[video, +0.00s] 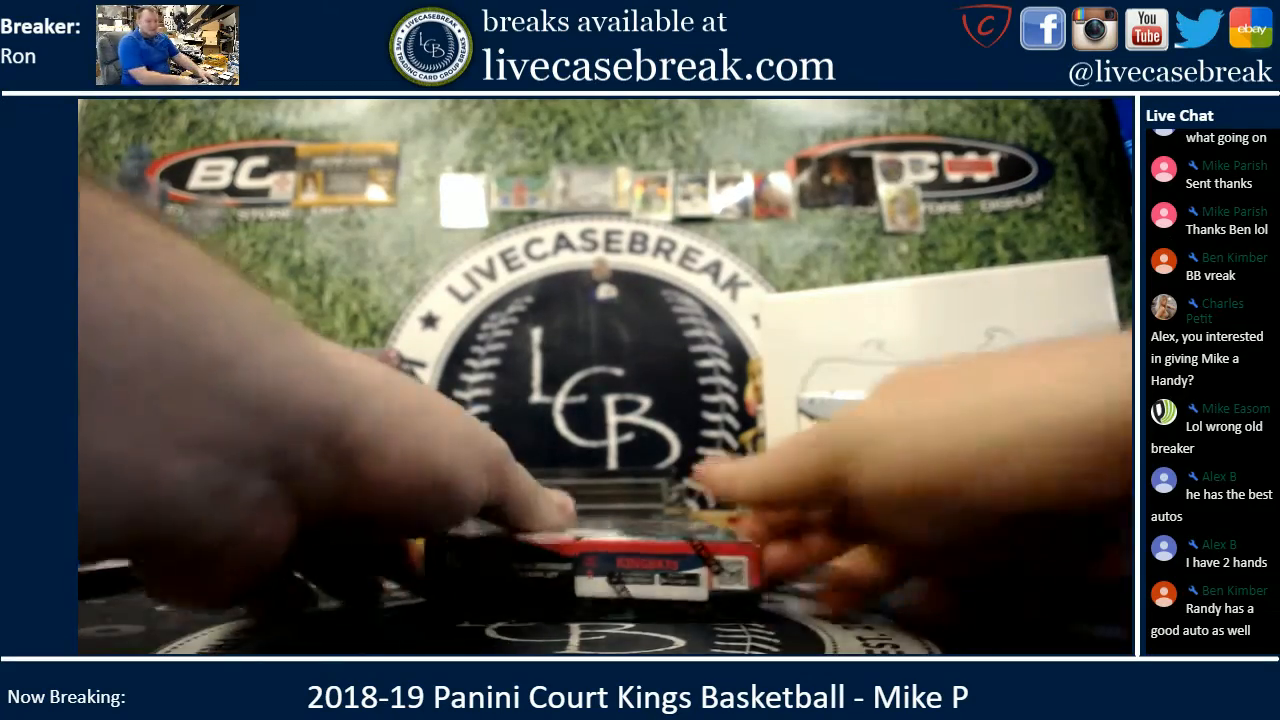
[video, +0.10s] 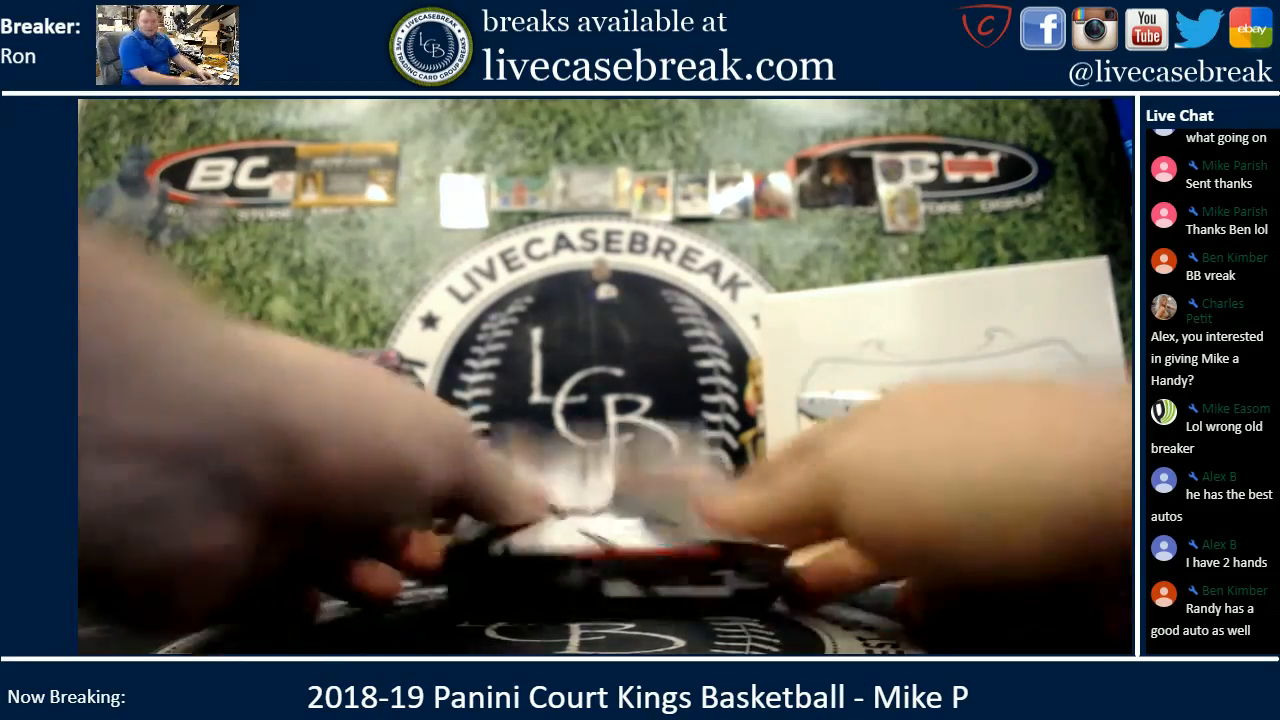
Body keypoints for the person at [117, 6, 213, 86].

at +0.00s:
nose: (153, 25)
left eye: (156, 21)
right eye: (148, 21)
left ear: (159, 22)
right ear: (138, 21)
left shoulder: (162, 39)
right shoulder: (129, 42)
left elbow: (179, 57)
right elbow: (143, 78)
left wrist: (199, 70)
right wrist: (181, 80)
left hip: (165, 91)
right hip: (139, 96)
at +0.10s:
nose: (150, 25)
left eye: (153, 21)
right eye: (145, 21)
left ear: (158, 23)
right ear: (138, 22)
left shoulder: (163, 39)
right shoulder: (129, 42)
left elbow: (178, 58)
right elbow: (144, 78)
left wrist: (197, 70)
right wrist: (182, 81)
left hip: (165, 90)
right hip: (139, 95)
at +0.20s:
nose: (148, 26)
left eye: (152, 21)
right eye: (144, 21)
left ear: (158, 22)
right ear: (138, 22)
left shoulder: (163, 39)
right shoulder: (130, 42)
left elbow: (177, 60)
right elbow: (142, 79)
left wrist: (196, 71)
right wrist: (181, 81)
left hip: (165, 92)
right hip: (139, 96)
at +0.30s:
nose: (147, 24)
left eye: (151, 20)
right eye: (143, 20)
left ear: (158, 22)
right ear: (139, 21)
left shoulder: (163, 39)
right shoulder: (130, 43)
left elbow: (175, 61)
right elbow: (141, 79)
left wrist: (193, 70)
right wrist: (179, 81)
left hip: (166, 92)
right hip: (139, 95)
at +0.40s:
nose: (147, 24)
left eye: (152, 20)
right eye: (144, 20)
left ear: (159, 22)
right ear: (139, 21)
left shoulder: (164, 39)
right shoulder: (131, 43)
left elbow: (174, 61)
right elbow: (140, 79)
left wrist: (193, 70)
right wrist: (179, 81)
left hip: (166, 91)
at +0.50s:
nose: (147, 24)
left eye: (152, 20)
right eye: (144, 20)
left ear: (160, 22)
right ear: (139, 21)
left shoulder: (164, 39)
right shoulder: (131, 43)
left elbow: (174, 61)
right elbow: (137, 79)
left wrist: (193, 70)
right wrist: (177, 81)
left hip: (166, 90)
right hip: (141, 94)